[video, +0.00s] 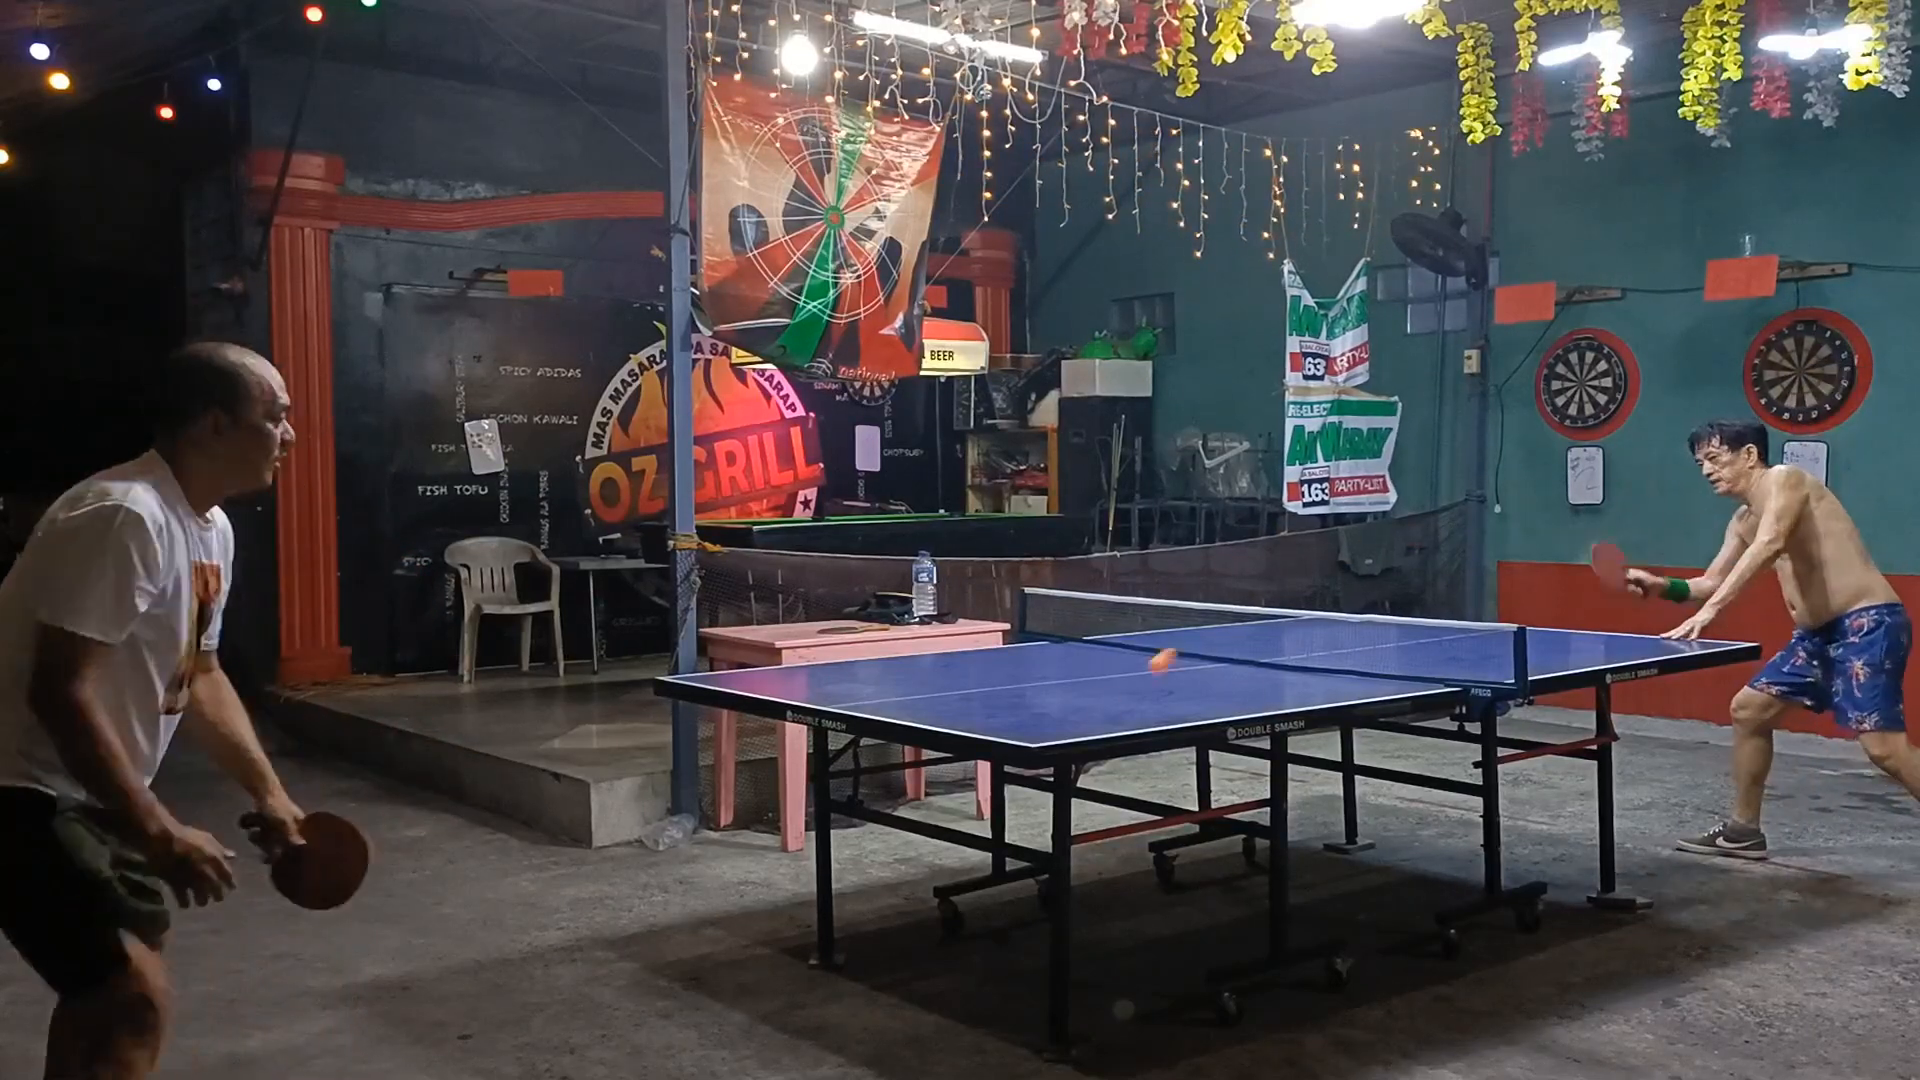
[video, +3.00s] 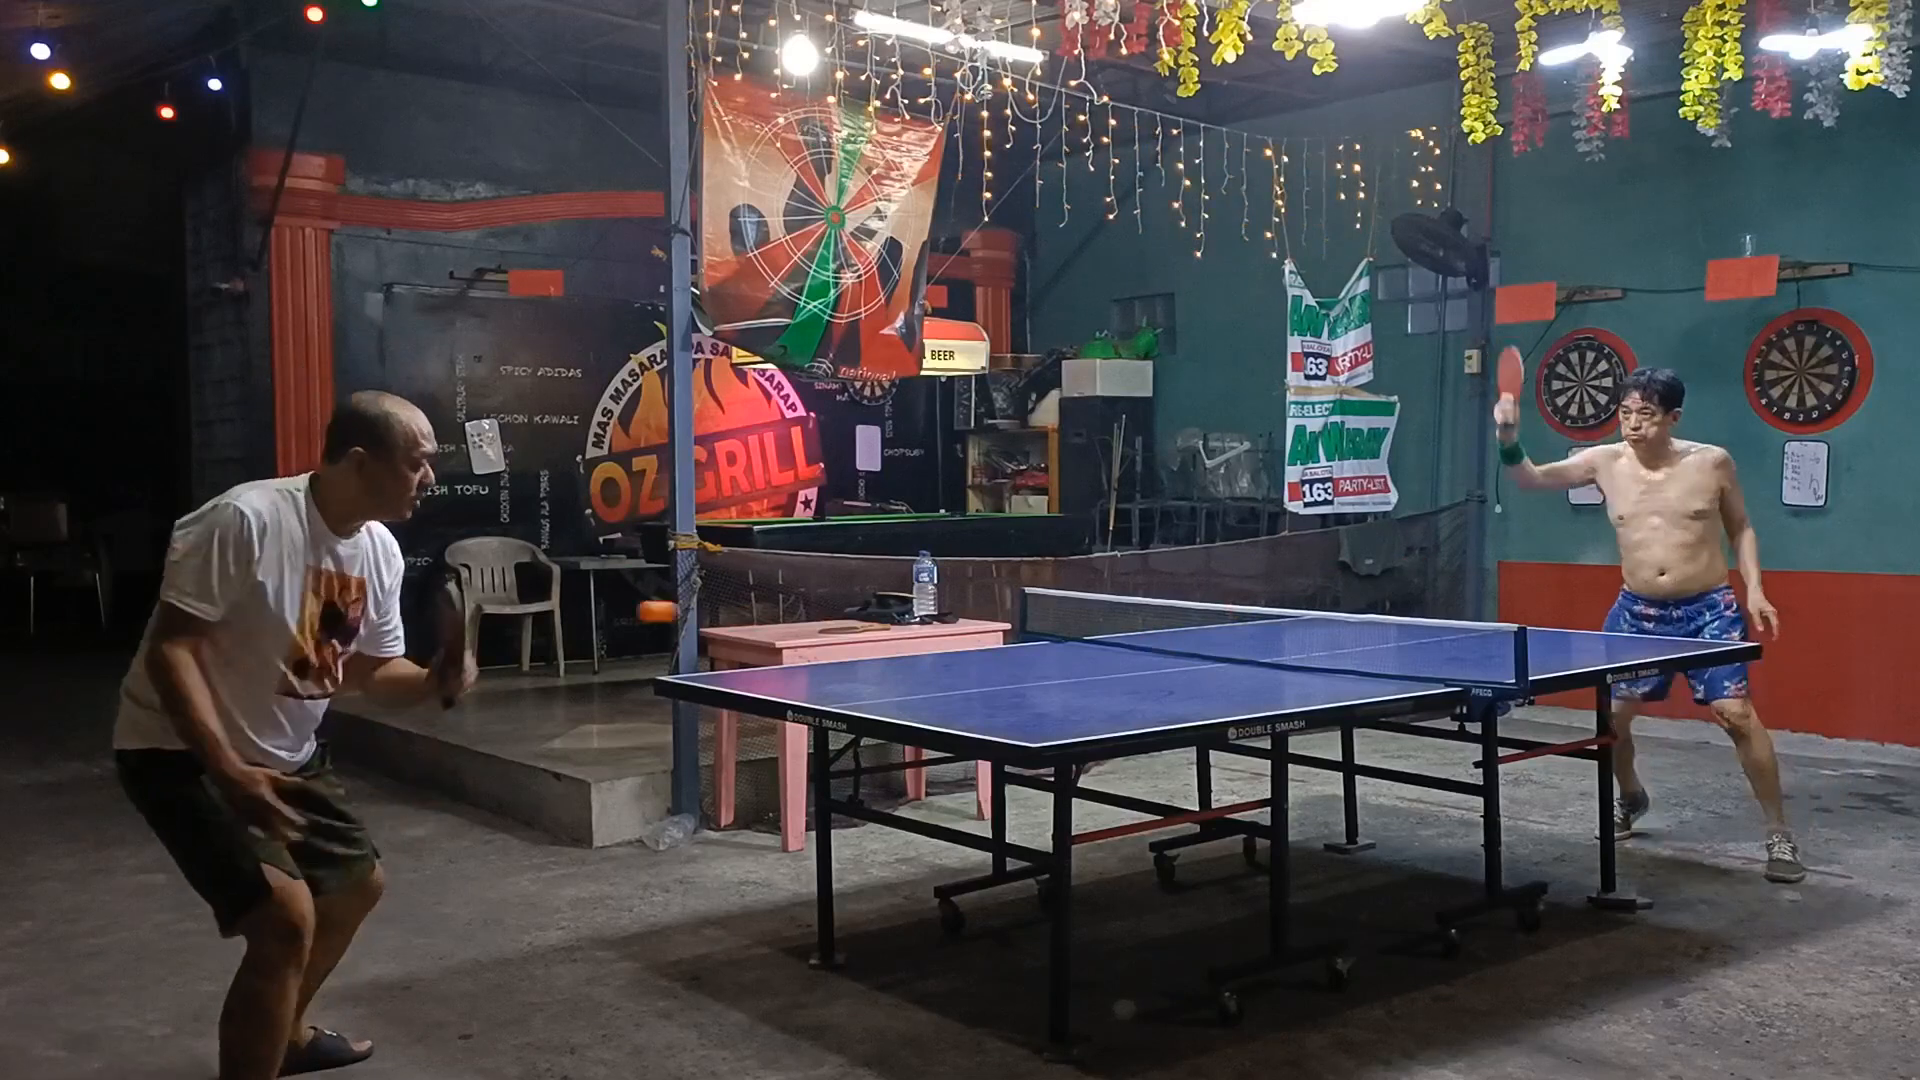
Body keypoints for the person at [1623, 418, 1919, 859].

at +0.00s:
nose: (1708, 471)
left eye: (1715, 459)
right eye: (1703, 464)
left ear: (1749, 454)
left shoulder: (1784, 479)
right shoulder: (1744, 522)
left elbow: (1768, 544)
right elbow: (1713, 582)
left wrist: (1710, 609)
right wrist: (1660, 586)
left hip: (1868, 624)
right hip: (1818, 636)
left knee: (1884, 748)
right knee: (1749, 711)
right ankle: (1744, 828)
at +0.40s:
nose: (1669, 436)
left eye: (1680, 425)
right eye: (1664, 428)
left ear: (1714, 426)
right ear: (1663, 434)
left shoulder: (1747, 465)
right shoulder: (1687, 489)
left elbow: (1743, 537)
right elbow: (1673, 553)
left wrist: (1702, 605)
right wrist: (1634, 575)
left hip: (1799, 612)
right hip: (1743, 618)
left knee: (1809, 725)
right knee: (1696, 713)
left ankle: (1886, 840)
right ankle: (1739, 829)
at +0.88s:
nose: (1652, 462)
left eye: (1662, 452)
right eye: (1645, 452)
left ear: (1690, 445)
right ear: (1638, 446)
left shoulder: (1735, 483)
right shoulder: (1635, 494)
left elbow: (1771, 554)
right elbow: (1606, 560)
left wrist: (1750, 597)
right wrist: (1617, 595)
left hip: (1743, 622)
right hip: (1687, 626)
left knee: (1752, 721)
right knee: (1627, 711)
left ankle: (1831, 839)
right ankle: (1666, 820)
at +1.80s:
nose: (1717, 429)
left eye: (1729, 419)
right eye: (1712, 418)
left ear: (1762, 425)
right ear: (1706, 422)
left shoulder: (1802, 473)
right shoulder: (1696, 474)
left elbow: (1825, 553)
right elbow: (1670, 538)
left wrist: (1804, 624)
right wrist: (1658, 592)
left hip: (1796, 614)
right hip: (1725, 610)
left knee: (1823, 717)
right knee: (1687, 702)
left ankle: (1837, 821)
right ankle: (1669, 811)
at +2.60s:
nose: (1690, 457)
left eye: (1702, 449)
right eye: (1682, 444)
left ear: (1719, 447)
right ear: (1668, 436)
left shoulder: (1737, 486)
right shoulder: (1638, 484)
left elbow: (1759, 548)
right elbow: (1592, 531)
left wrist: (1792, 609)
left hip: (1737, 623)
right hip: (1666, 628)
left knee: (1800, 716)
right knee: (1648, 737)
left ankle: (1865, 825)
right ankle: (1639, 812)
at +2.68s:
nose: (1667, 448)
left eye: (1679, 440)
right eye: (1661, 435)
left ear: (1697, 442)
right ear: (1646, 430)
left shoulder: (1713, 482)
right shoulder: (1624, 468)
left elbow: (1739, 542)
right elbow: (1560, 448)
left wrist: (1772, 601)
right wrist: (1534, 418)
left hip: (1726, 620)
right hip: (1656, 629)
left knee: (1793, 712)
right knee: (1644, 736)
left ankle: (1847, 823)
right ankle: (1638, 811)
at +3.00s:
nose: (1633, 423)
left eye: (1645, 415)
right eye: (1626, 413)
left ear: (1672, 417)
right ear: (1619, 414)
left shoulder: (1712, 463)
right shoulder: (1604, 461)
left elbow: (1740, 528)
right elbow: (1530, 477)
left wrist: (1754, 591)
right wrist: (1507, 438)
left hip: (1708, 612)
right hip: (1636, 614)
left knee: (1737, 715)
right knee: (1611, 718)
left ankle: (1778, 833)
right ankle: (1631, 796)